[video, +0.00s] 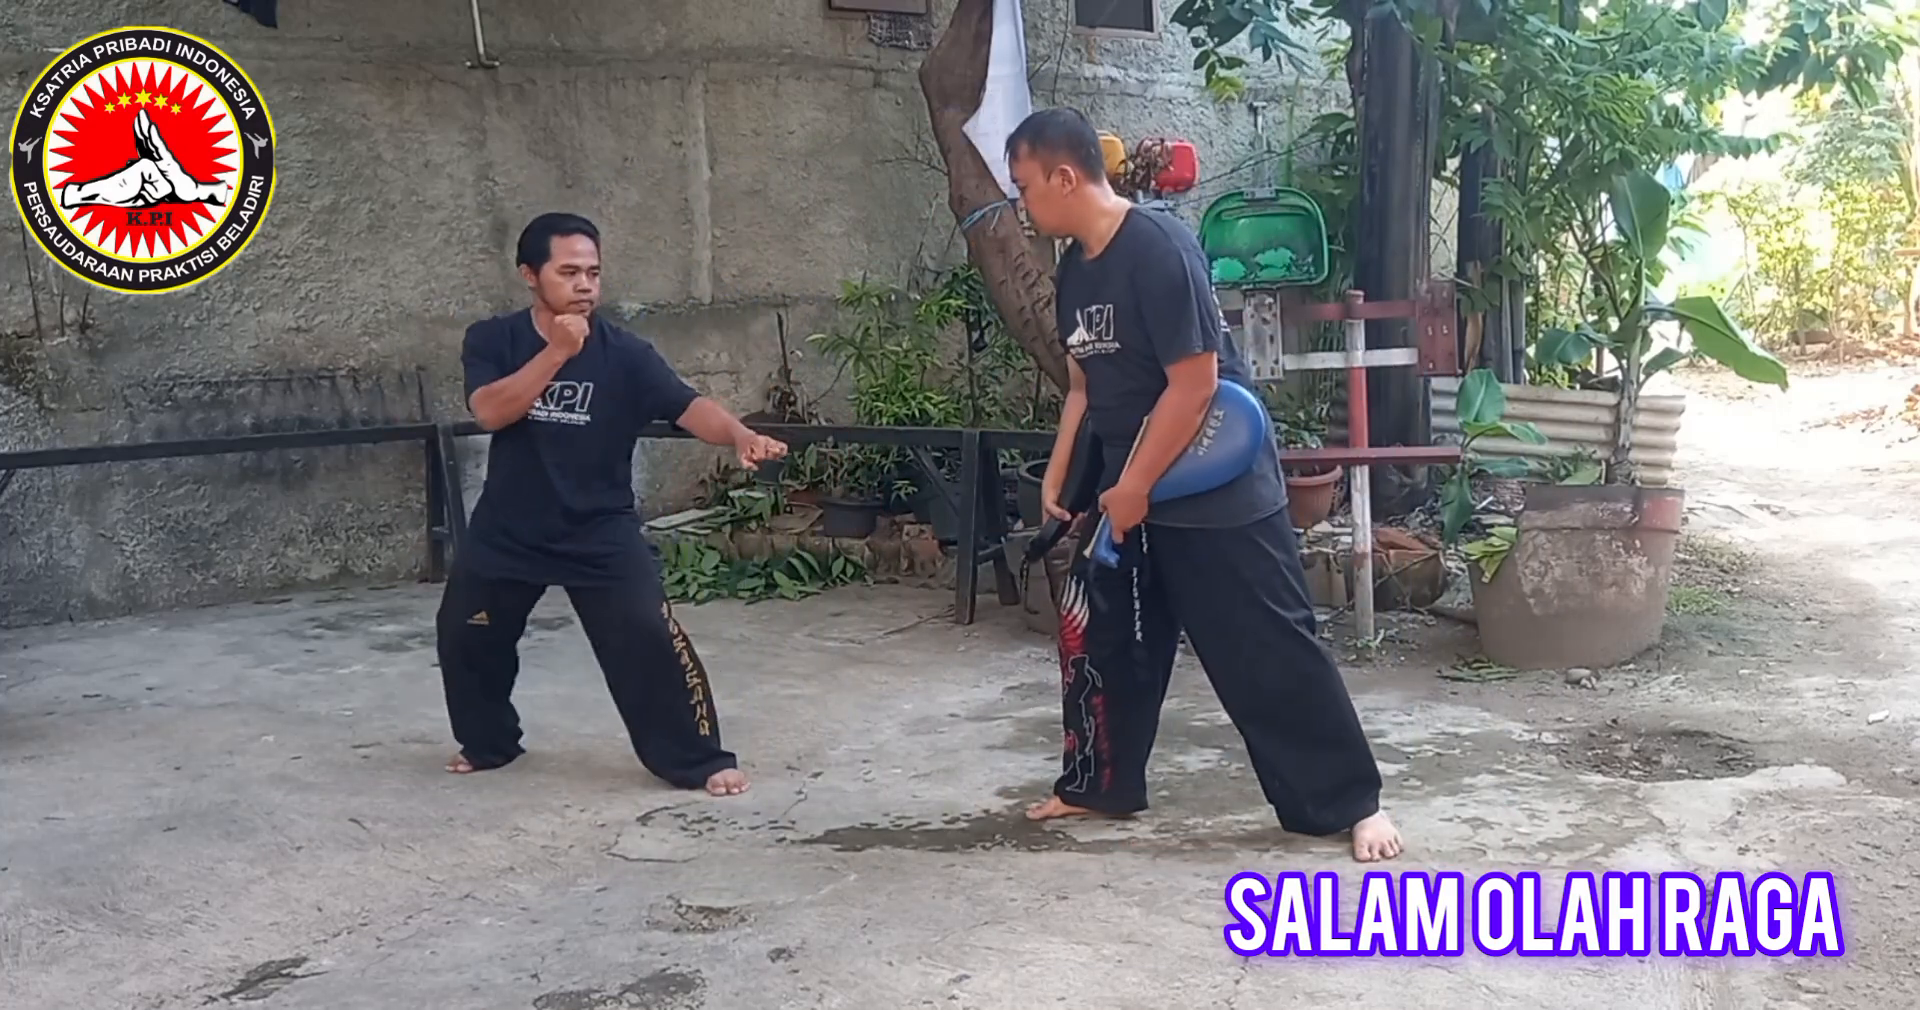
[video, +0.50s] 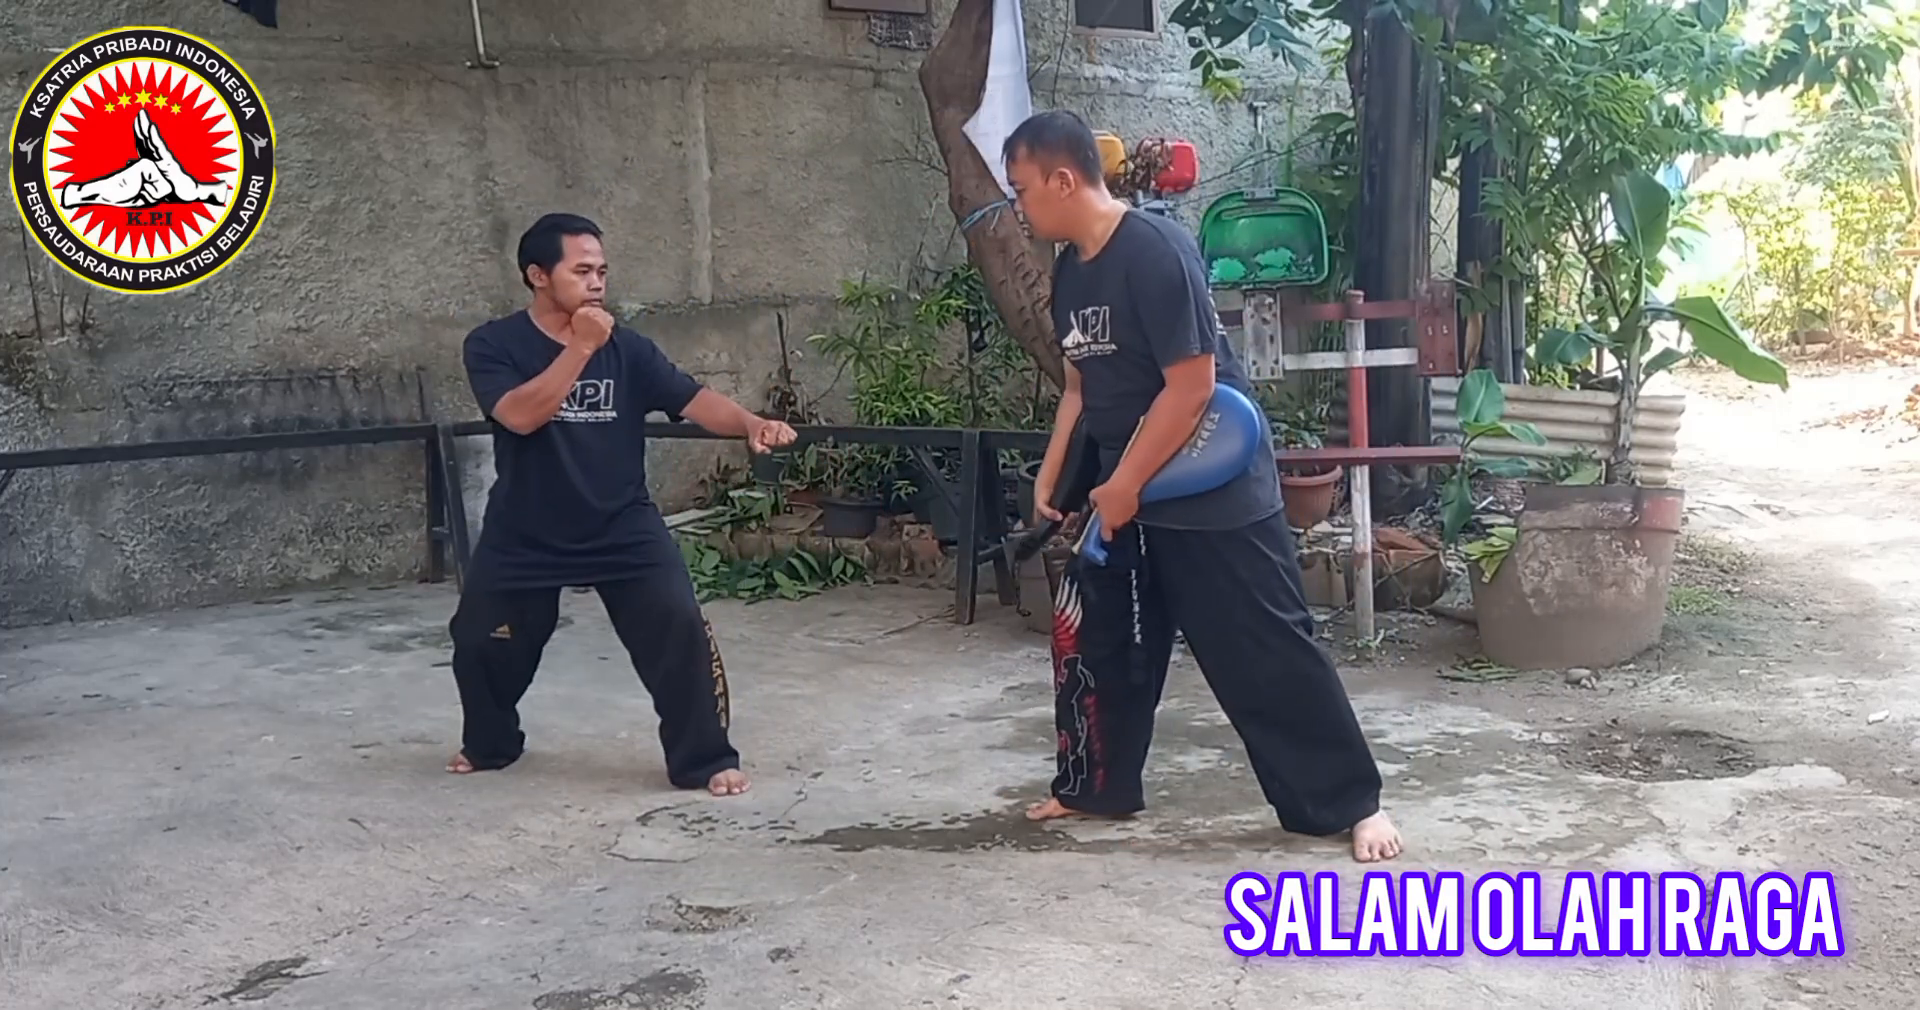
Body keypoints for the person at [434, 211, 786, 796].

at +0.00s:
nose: (585, 284)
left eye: (593, 272)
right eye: (570, 272)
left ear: (601, 276)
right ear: (532, 275)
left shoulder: (625, 353)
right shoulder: (493, 339)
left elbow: (687, 406)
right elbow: (489, 412)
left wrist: (738, 433)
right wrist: (558, 353)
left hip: (602, 531)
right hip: (510, 528)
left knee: (646, 634)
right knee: (465, 632)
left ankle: (700, 761)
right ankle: (488, 742)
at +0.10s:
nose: (581, 283)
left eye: (588, 271)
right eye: (566, 271)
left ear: (595, 275)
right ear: (526, 275)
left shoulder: (619, 350)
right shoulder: (487, 340)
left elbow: (682, 403)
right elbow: (490, 414)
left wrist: (733, 428)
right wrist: (558, 350)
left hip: (604, 528)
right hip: (511, 528)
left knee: (653, 634)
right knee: (468, 633)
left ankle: (702, 761)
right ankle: (488, 743)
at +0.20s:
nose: (583, 280)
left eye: (589, 268)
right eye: (567, 268)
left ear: (595, 272)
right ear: (526, 272)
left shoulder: (619, 347)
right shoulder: (486, 337)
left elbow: (682, 399)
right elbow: (493, 409)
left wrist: (735, 423)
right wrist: (560, 345)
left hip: (607, 523)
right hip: (513, 524)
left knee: (657, 630)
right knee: (469, 631)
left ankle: (702, 760)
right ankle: (489, 743)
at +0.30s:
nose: (588, 286)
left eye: (592, 275)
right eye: (573, 274)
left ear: (598, 278)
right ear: (530, 279)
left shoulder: (621, 351)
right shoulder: (488, 345)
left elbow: (684, 401)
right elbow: (502, 416)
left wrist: (739, 424)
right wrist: (568, 351)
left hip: (616, 526)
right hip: (519, 530)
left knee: (670, 628)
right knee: (472, 636)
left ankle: (703, 761)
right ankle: (489, 744)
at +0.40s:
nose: (594, 287)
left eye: (598, 276)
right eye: (579, 276)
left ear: (602, 278)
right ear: (535, 280)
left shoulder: (622, 350)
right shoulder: (491, 347)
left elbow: (687, 401)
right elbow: (512, 419)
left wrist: (743, 426)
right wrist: (577, 353)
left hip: (621, 526)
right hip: (524, 533)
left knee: (676, 624)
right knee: (477, 640)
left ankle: (706, 760)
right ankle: (489, 744)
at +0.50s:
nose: (598, 281)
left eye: (601, 270)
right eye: (583, 269)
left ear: (604, 274)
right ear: (538, 275)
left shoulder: (626, 349)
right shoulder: (493, 344)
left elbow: (692, 399)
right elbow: (518, 416)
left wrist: (750, 423)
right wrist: (581, 349)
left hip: (623, 523)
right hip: (525, 530)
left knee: (677, 625)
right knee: (481, 638)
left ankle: (707, 761)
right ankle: (489, 744)